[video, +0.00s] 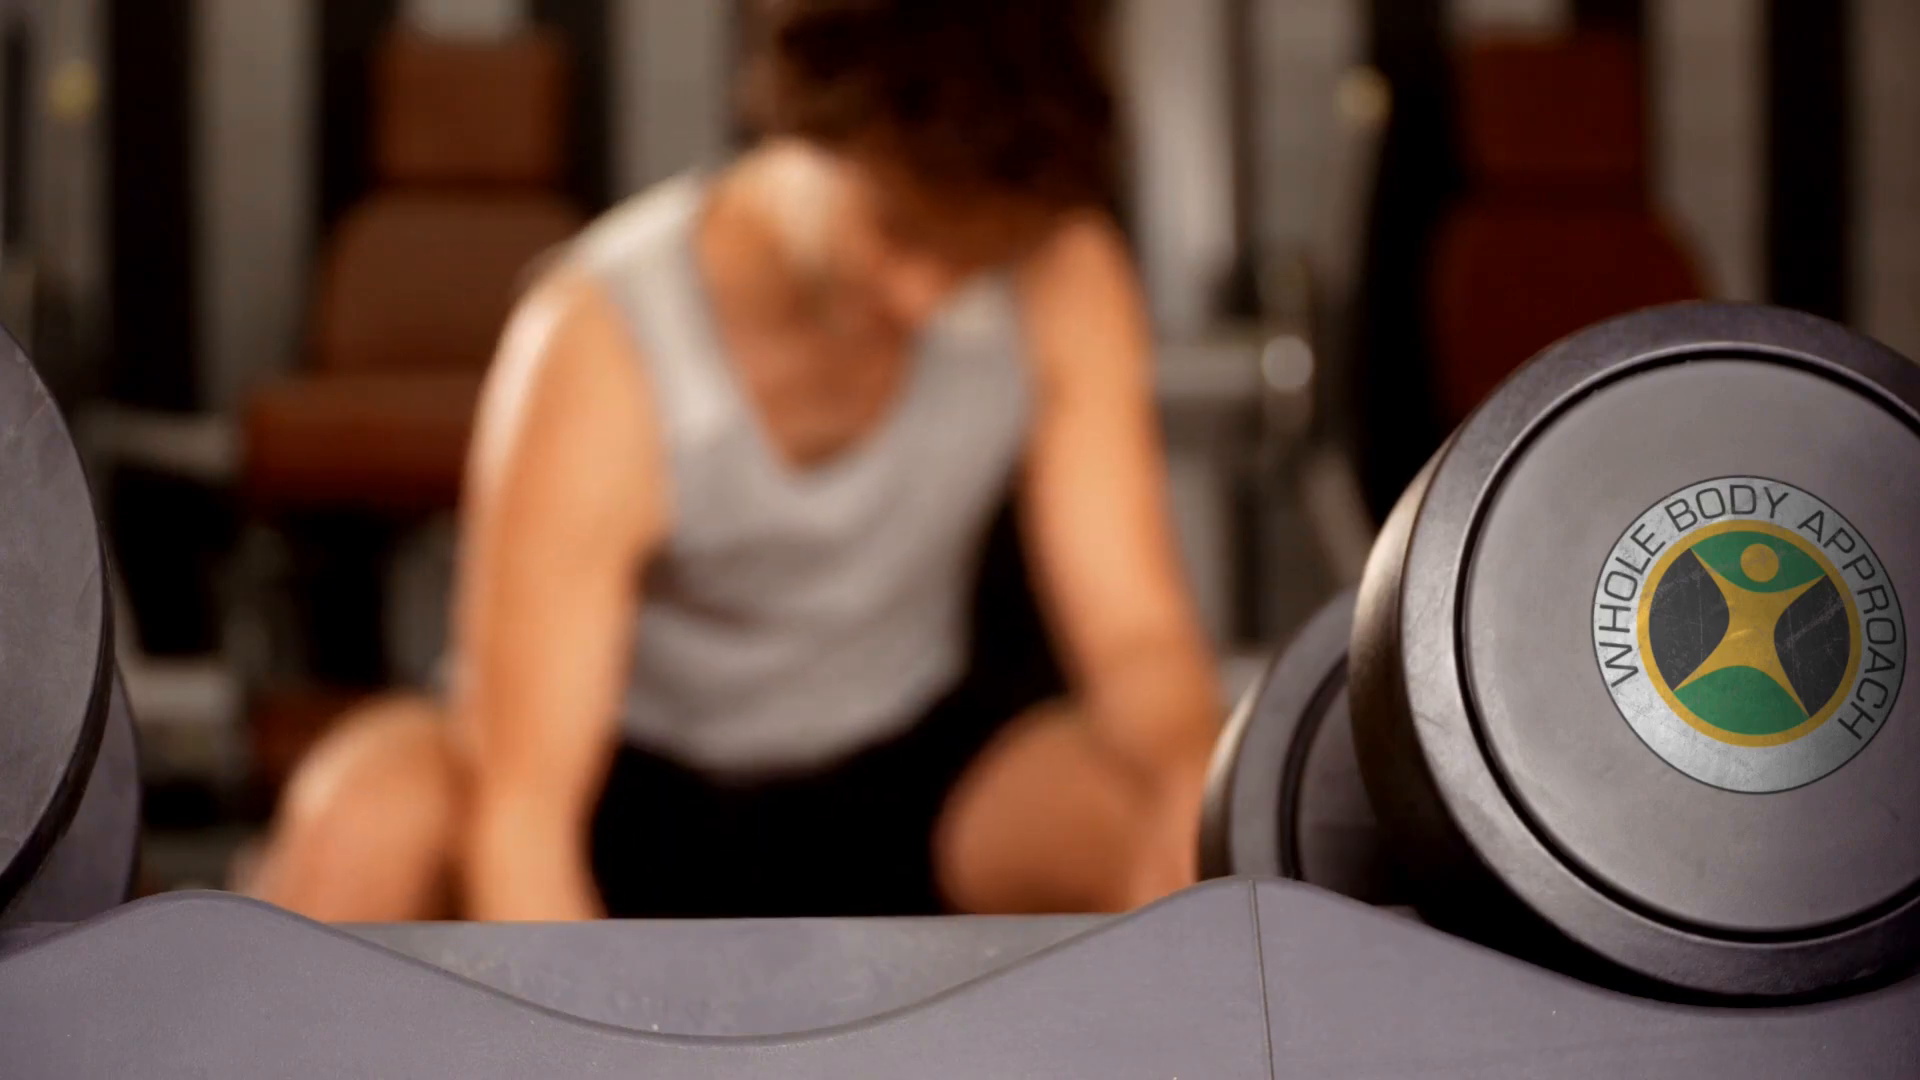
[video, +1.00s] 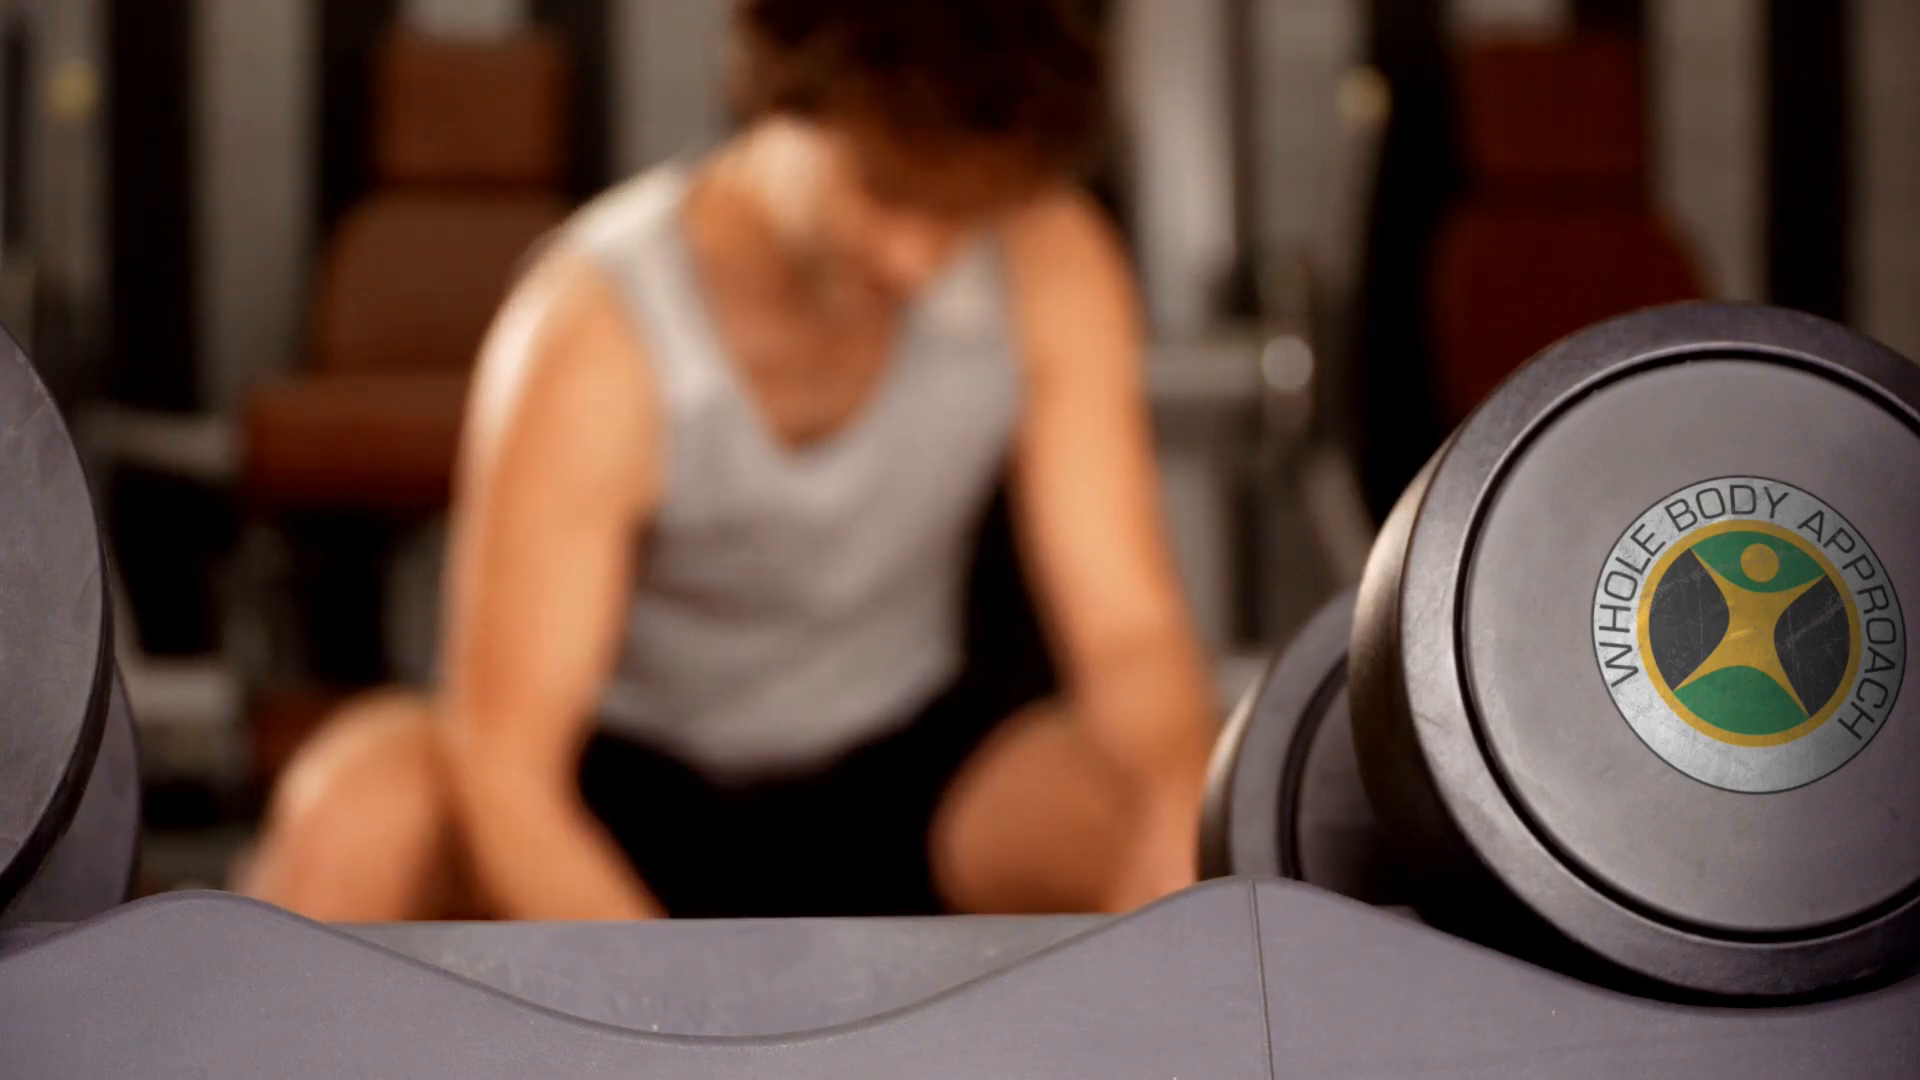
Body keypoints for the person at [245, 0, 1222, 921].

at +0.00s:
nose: (924, 302)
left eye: (978, 258)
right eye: (896, 238)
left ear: (1034, 213)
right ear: (806, 139)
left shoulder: (1056, 269)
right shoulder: (596, 340)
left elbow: (1137, 643)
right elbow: (523, 809)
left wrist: (1215, 826)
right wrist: (596, 1064)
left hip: (902, 782)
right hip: (627, 794)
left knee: (1194, 816)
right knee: (365, 800)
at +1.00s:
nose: (919, 259)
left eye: (971, 212)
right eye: (887, 197)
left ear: (1015, 168)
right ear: (790, 107)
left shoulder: (1045, 253)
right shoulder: (594, 322)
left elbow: (1128, 639)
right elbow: (504, 773)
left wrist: (1182, 854)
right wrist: (688, 1018)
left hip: (899, 781)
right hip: (627, 792)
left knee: (1190, 812)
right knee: (357, 792)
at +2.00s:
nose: (857, 234)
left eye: (902, 182)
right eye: (818, 173)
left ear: (948, 147)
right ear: (710, 105)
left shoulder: (992, 257)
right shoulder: (466, 331)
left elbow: (1120, 636)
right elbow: (530, 772)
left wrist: (1181, 880)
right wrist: (750, 646)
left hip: (890, 779)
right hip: (597, 805)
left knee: (1179, 816)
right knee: (373, 807)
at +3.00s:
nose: (883, 223)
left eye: (933, 177)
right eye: (846, 161)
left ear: (996, 144)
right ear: (756, 84)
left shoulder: (1040, 257)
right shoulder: (562, 336)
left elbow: (1128, 641)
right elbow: (522, 797)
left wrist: (1156, 866)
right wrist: (618, 1055)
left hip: (900, 785)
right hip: (624, 794)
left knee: (1178, 799)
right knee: (364, 798)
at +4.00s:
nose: (918, 335)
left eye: (970, 285)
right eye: (879, 267)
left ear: (1041, 268)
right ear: (792, 213)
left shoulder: (1084, 285)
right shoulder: (616, 368)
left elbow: (1111, 653)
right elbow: (511, 804)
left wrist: (940, 851)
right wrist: (541, 1063)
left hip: (884, 723)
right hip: (592, 724)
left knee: (1127, 850)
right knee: (340, 815)